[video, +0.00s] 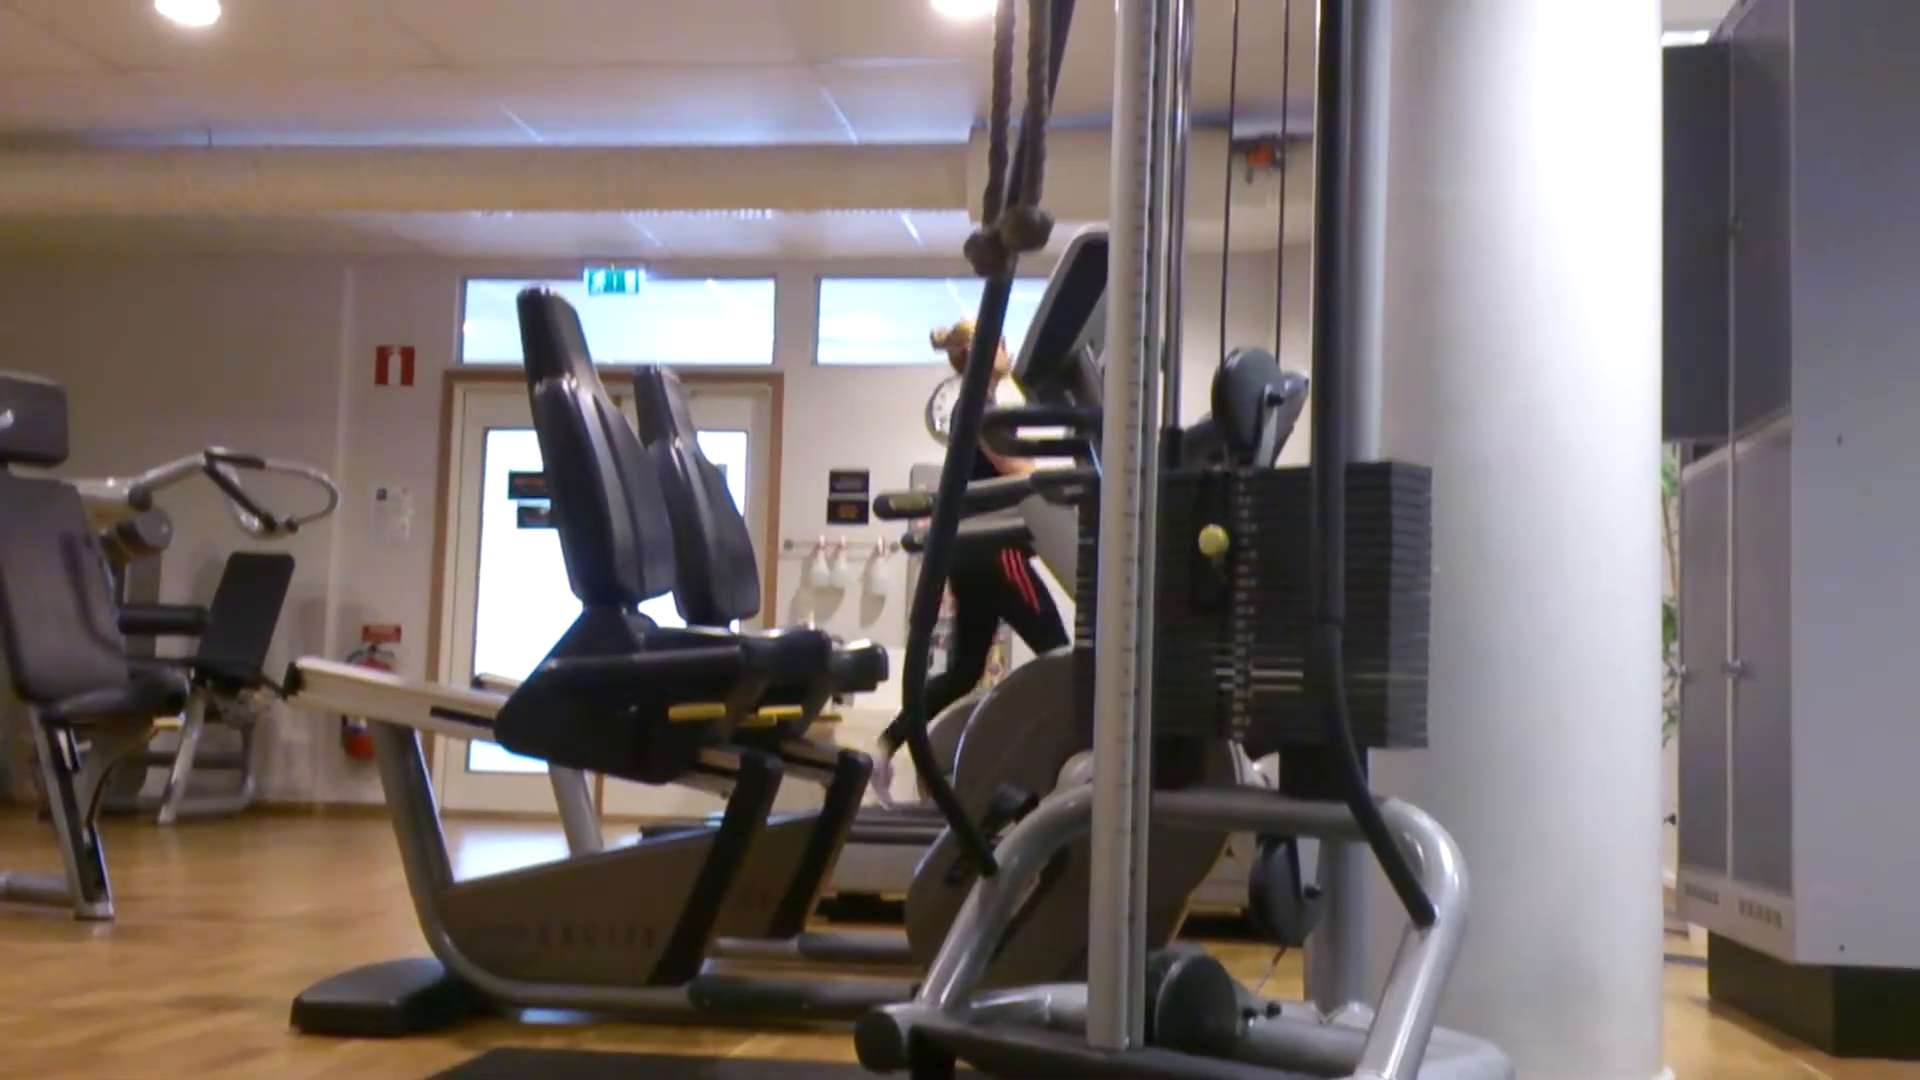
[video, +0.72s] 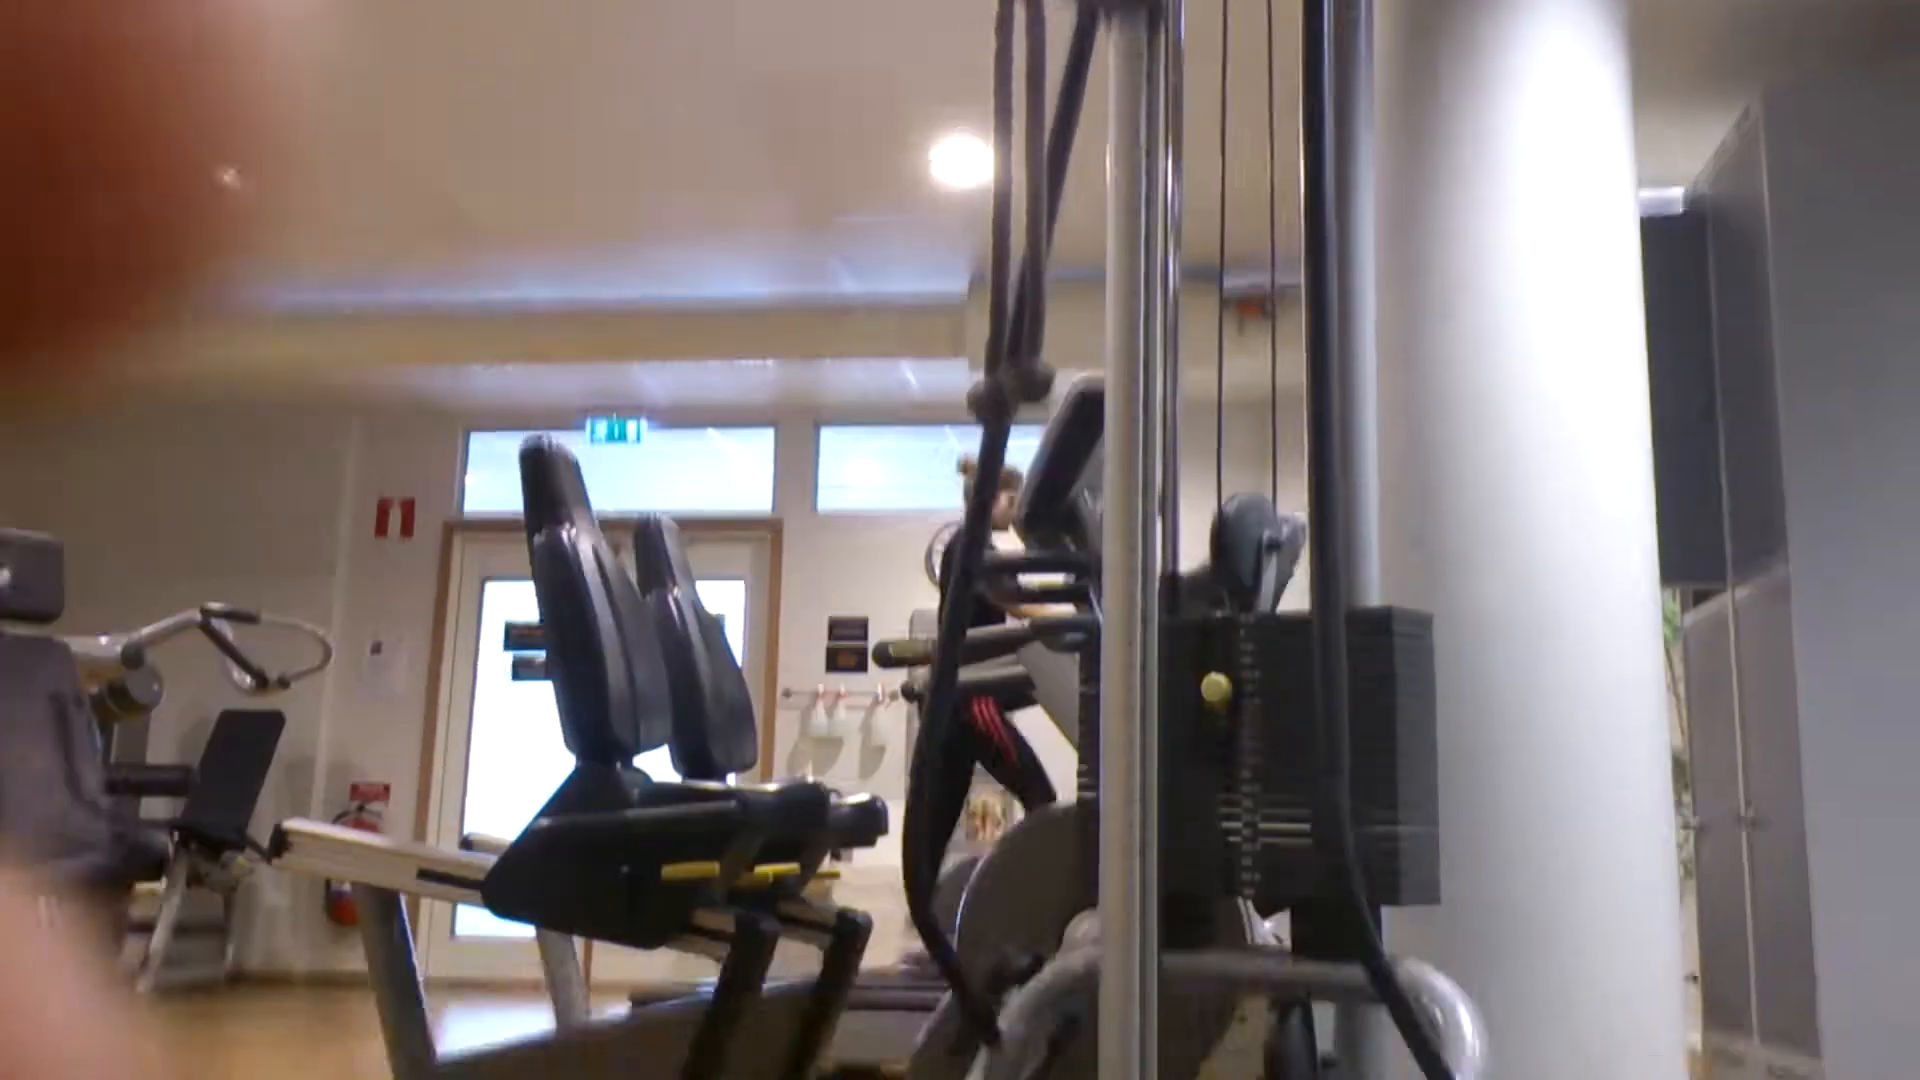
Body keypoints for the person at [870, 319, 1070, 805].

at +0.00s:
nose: (1008, 348)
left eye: (1003, 341)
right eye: (1000, 343)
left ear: (967, 360)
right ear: (987, 355)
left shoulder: (968, 401)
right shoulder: (991, 403)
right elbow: (1017, 469)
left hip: (971, 547)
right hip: (997, 547)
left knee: (964, 674)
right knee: (1059, 653)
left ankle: (887, 746)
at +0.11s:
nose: (1006, 325)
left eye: (1000, 318)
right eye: (998, 319)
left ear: (966, 330)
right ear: (986, 328)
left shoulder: (973, 374)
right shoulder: (987, 379)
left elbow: (1017, 436)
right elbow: (1023, 441)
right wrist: (1076, 453)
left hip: (978, 513)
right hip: (981, 515)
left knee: (1010, 632)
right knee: (1012, 634)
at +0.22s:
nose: (1001, 317)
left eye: (997, 307)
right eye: (990, 308)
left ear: (965, 317)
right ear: (967, 317)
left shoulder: (961, 368)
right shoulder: (970, 370)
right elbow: (1008, 429)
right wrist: (1073, 429)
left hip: (979, 522)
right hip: (973, 523)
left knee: (1039, 620)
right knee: (970, 640)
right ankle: (961, 742)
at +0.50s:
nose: (1012, 350)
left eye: (1010, 341)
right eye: (1003, 343)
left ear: (973, 353)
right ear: (981, 350)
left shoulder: (991, 393)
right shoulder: (975, 397)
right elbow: (1007, 457)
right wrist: (1066, 463)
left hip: (992, 542)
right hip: (970, 544)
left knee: (1022, 652)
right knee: (979, 670)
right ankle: (893, 737)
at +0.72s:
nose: (1015, 507)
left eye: (1016, 499)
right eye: (1010, 498)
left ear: (984, 499)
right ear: (992, 498)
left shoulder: (960, 546)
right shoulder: (978, 548)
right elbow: (1015, 606)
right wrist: (1073, 613)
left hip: (952, 689)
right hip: (974, 692)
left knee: (939, 801)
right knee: (1038, 793)